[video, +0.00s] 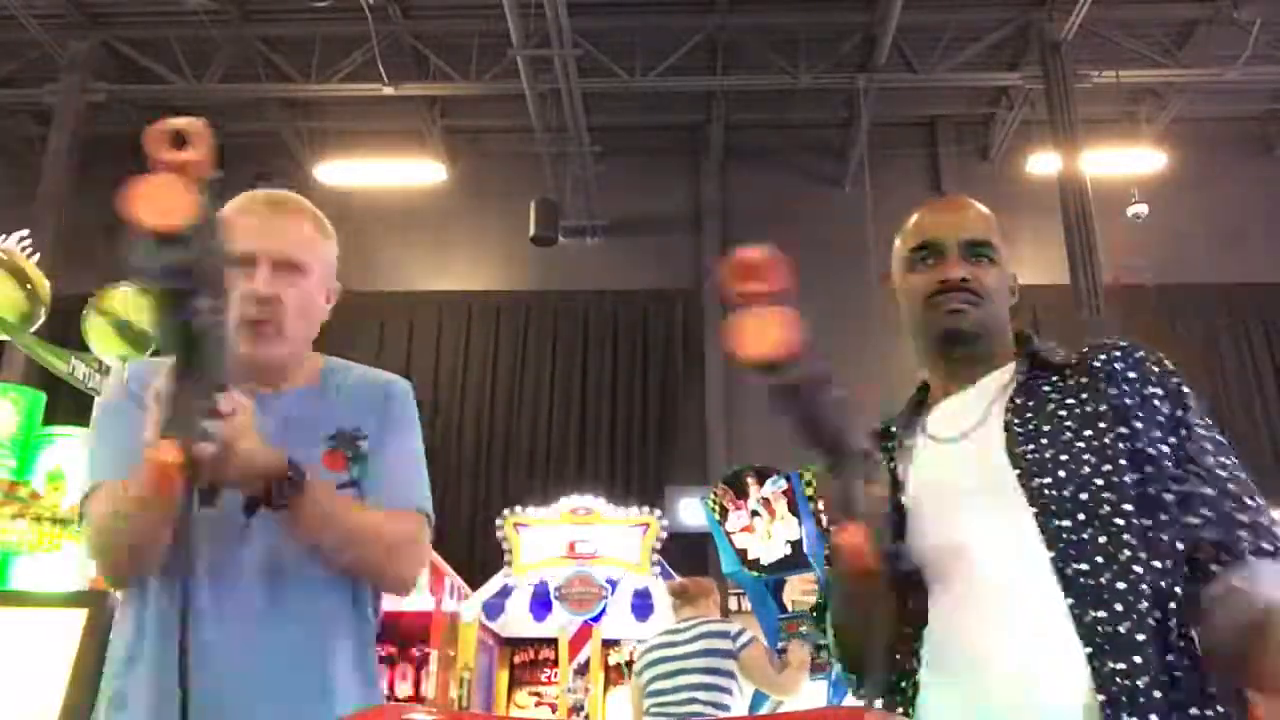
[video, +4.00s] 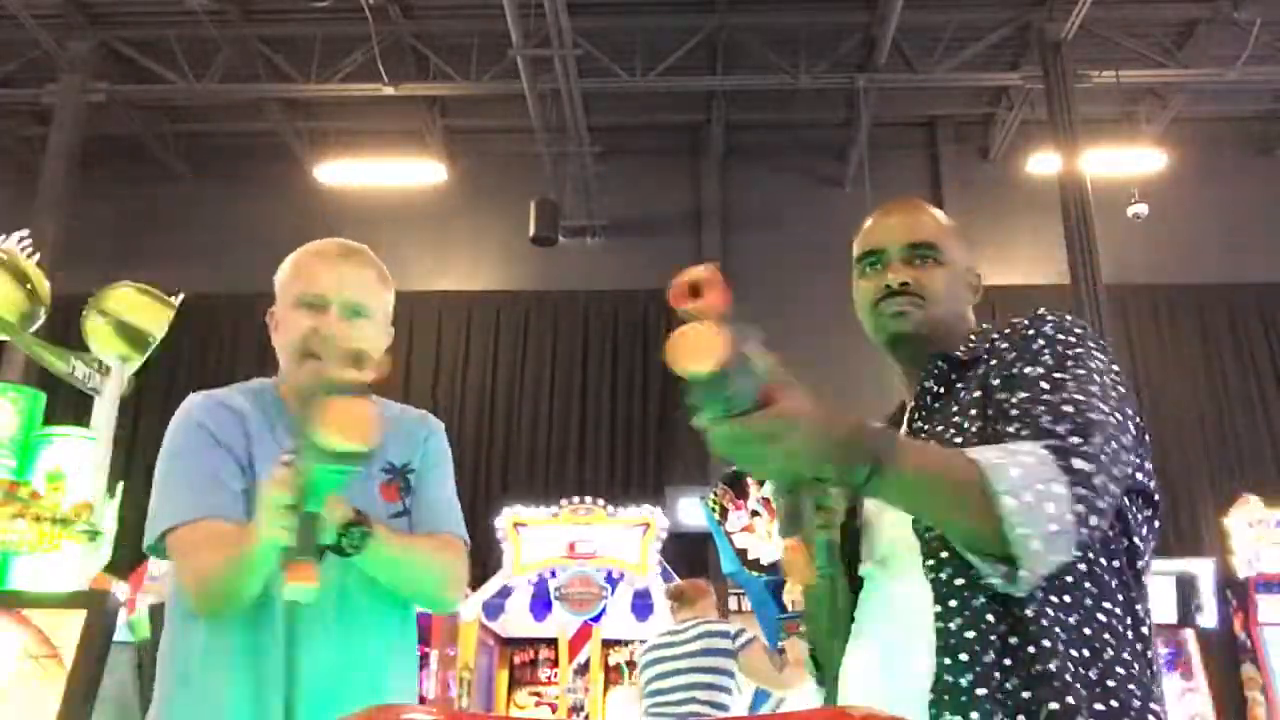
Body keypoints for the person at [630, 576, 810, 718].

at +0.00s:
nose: (721, 609)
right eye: (720, 603)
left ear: (674, 609)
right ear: (713, 601)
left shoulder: (646, 650)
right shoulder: (731, 632)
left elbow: (639, 714)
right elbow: (784, 688)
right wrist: (799, 661)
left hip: (660, 715)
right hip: (710, 713)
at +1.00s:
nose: (716, 607)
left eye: (714, 601)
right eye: (714, 601)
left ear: (672, 610)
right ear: (710, 599)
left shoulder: (646, 648)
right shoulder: (729, 632)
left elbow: (641, 706)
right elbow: (786, 684)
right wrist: (794, 650)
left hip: (658, 714)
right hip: (711, 712)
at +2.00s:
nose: (730, 612)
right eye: (728, 606)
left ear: (682, 612)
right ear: (722, 606)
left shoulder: (655, 647)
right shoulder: (741, 636)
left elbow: (653, 702)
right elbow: (796, 688)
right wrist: (802, 660)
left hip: (663, 714)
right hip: (717, 711)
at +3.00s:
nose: (721, 609)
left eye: (720, 604)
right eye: (720, 603)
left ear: (675, 610)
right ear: (712, 601)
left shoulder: (647, 649)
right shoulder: (730, 633)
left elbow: (638, 715)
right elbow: (787, 687)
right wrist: (800, 659)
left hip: (660, 716)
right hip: (707, 713)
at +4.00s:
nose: (717, 611)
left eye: (715, 606)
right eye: (716, 605)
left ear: (674, 612)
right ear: (713, 603)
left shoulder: (647, 649)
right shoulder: (730, 633)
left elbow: (643, 703)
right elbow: (786, 681)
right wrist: (797, 654)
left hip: (655, 714)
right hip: (707, 712)